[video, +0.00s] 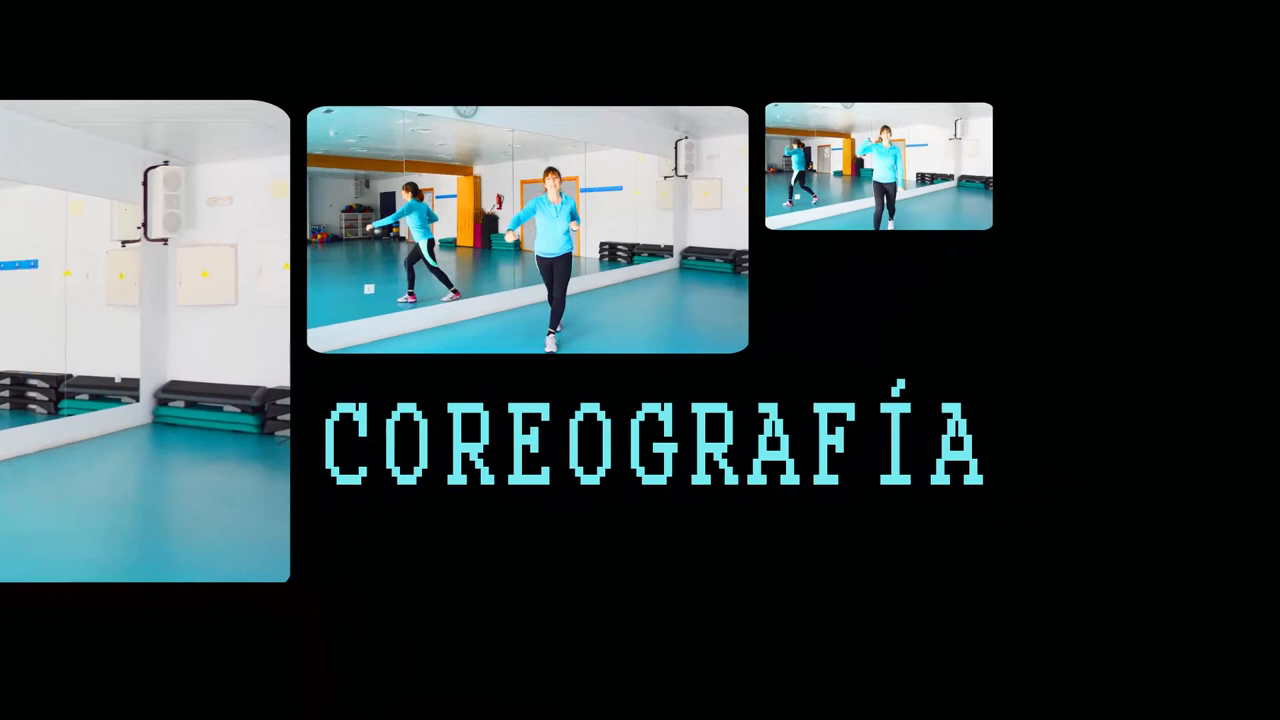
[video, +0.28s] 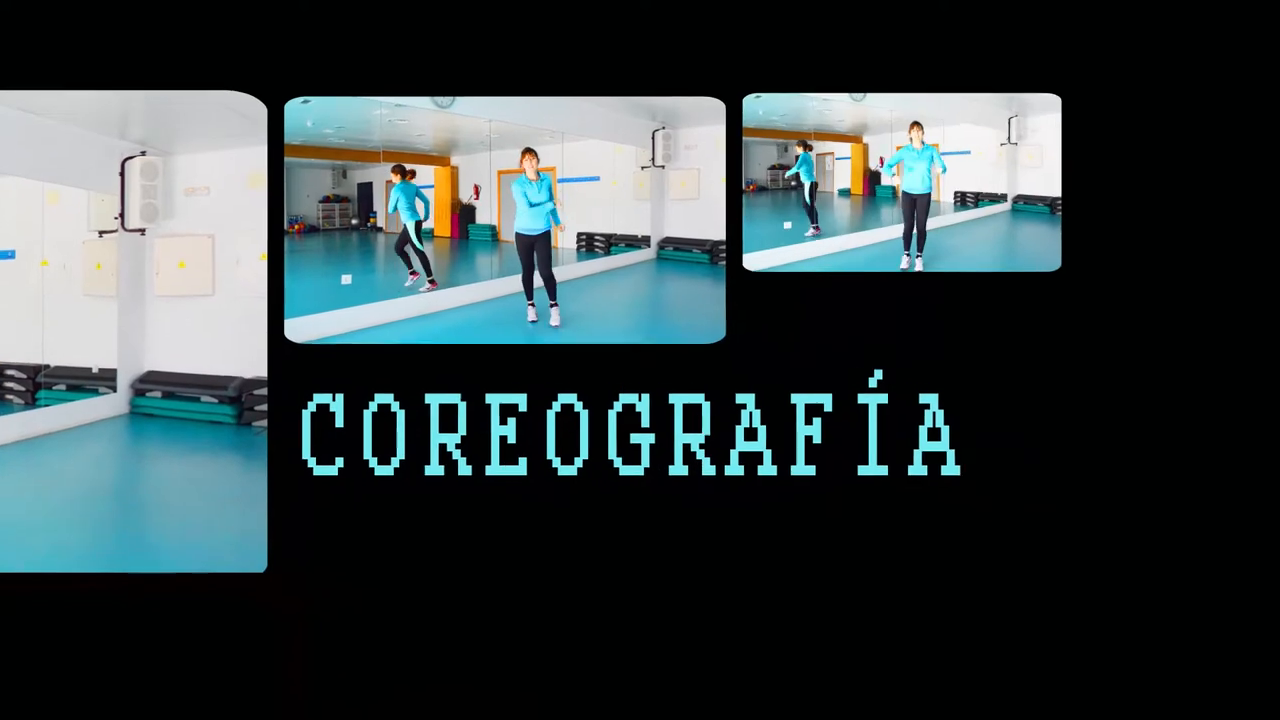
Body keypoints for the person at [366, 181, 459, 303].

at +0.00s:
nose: (403, 195)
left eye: (404, 193)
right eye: (403, 193)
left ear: (410, 193)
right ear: (414, 193)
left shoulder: (409, 205)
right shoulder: (423, 205)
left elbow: (393, 218)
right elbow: (434, 218)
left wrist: (374, 224)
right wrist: (421, 221)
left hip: (424, 241)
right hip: (424, 240)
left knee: (433, 267)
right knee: (408, 262)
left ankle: (454, 291)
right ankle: (410, 294)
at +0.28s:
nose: (392, 178)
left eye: (393, 175)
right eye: (391, 175)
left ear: (398, 175)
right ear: (403, 175)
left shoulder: (396, 189)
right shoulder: (413, 186)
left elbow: (391, 209)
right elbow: (426, 201)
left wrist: (397, 203)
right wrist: (426, 216)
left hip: (410, 222)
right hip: (415, 220)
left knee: (419, 250)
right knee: (398, 247)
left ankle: (431, 280)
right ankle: (412, 272)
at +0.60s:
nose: (367, 157)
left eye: (369, 154)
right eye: (367, 155)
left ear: (375, 155)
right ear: (378, 155)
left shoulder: (374, 169)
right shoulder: (384, 166)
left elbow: (359, 181)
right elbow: (395, 179)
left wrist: (344, 186)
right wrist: (393, 193)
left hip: (389, 200)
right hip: (392, 199)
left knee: (386, 230)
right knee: (392, 229)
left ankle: (398, 259)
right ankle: (400, 256)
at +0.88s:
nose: (350, 136)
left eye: (352, 133)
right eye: (350, 133)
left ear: (358, 134)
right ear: (354, 134)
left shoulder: (363, 146)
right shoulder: (357, 147)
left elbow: (370, 159)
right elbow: (360, 163)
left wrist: (372, 168)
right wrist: (352, 163)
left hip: (371, 181)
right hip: (366, 182)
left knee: (359, 209)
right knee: (370, 209)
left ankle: (358, 241)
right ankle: (387, 229)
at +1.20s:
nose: (365, 96)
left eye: (367, 93)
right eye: (363, 93)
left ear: (370, 96)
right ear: (359, 96)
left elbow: (384, 124)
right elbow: (339, 128)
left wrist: (391, 136)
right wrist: (344, 132)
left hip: (373, 147)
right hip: (358, 148)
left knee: (369, 180)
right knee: (360, 180)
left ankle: (369, 209)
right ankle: (351, 211)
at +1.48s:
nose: (366, 73)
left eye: (366, 71)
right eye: (366, 71)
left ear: (369, 72)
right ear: (379, 71)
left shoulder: (362, 85)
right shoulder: (381, 83)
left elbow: (349, 100)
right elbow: (382, 100)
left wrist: (340, 116)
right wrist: (398, 109)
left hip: (362, 121)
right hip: (374, 122)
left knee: (365, 157)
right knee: (375, 157)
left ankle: (360, 191)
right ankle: (368, 193)